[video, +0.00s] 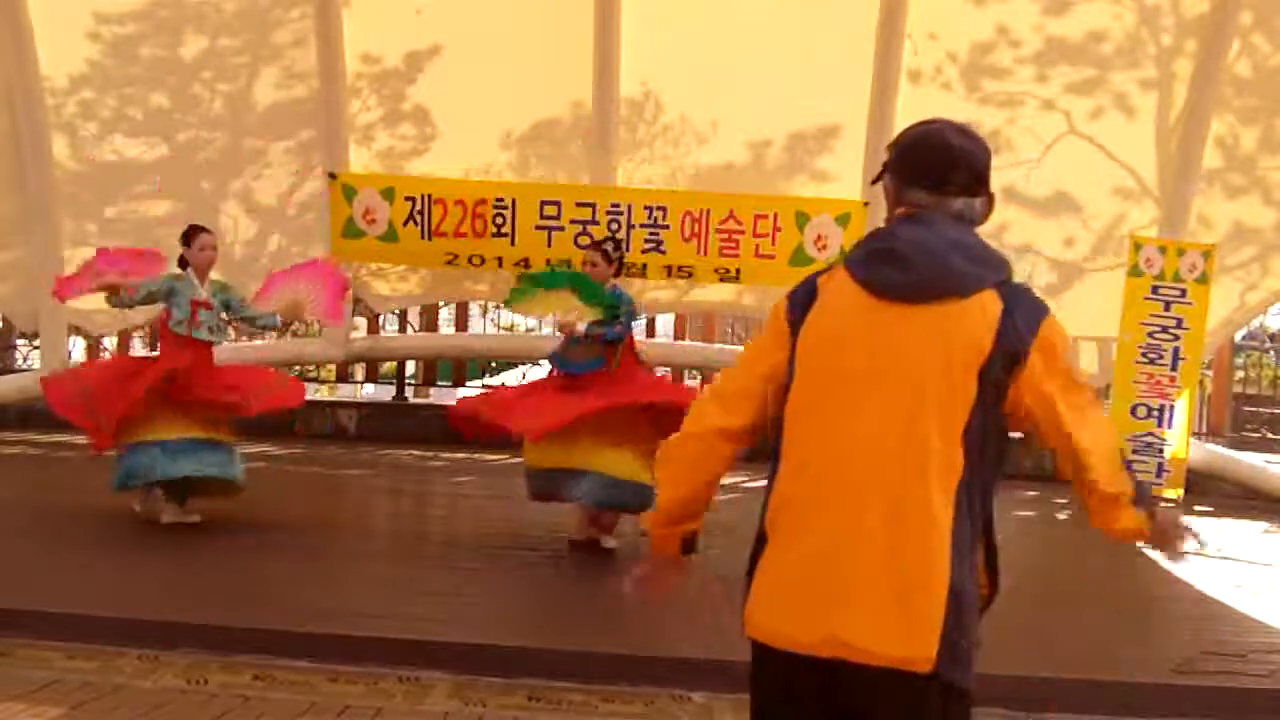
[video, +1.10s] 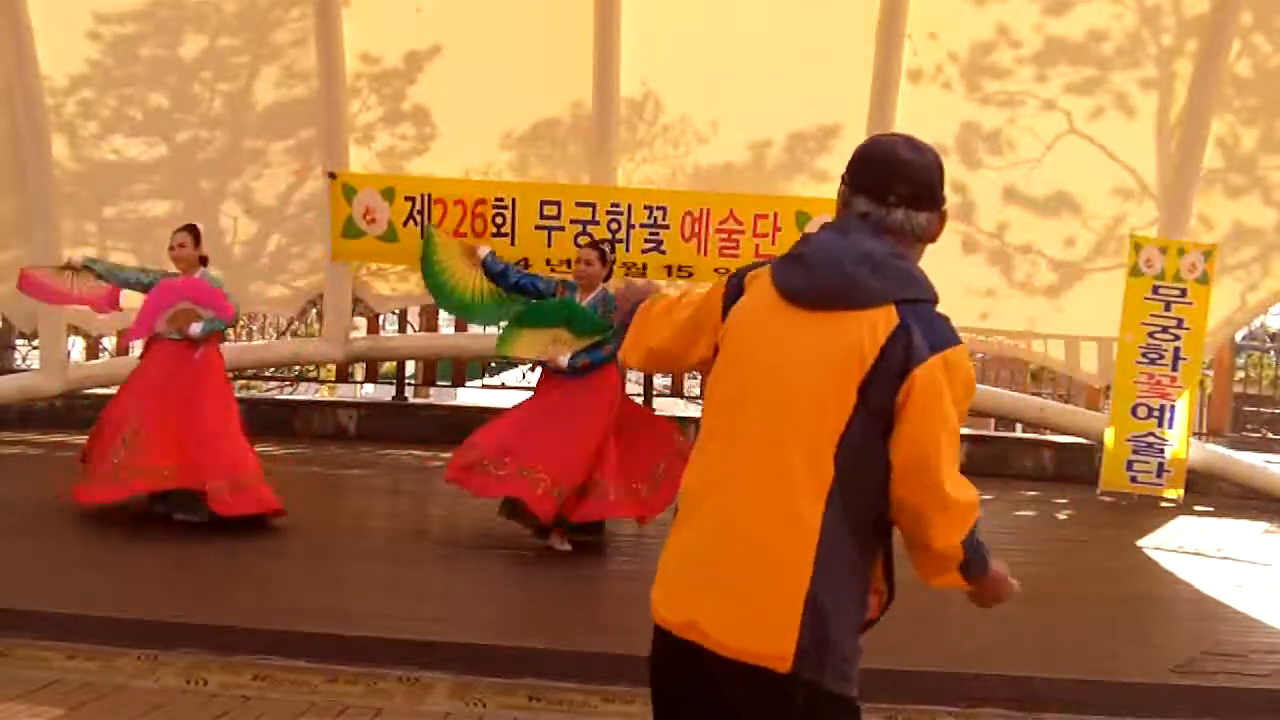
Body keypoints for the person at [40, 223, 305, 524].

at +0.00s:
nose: (212, 255)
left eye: (214, 249)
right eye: (205, 249)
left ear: (216, 253)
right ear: (187, 252)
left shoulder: (221, 291)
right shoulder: (174, 284)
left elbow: (251, 316)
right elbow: (139, 296)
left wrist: (284, 317)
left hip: (201, 368)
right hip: (170, 365)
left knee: (188, 431)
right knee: (162, 428)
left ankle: (175, 502)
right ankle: (151, 492)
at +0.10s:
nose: (208, 255)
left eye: (212, 249)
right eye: (201, 249)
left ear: (217, 253)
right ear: (187, 253)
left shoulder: (223, 294)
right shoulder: (172, 285)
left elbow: (241, 329)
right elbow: (136, 301)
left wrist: (255, 350)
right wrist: (109, 323)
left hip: (200, 363)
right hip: (167, 361)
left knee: (193, 428)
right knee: (162, 423)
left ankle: (173, 502)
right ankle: (158, 496)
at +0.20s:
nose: (202, 252)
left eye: (208, 246)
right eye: (195, 246)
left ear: (215, 251)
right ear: (185, 251)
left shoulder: (220, 291)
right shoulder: (167, 283)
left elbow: (222, 331)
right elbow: (136, 311)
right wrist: (113, 337)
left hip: (199, 366)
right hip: (164, 364)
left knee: (196, 429)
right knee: (171, 425)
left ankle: (174, 502)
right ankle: (171, 498)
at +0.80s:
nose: (176, 254)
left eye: (182, 249)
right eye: (172, 250)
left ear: (197, 253)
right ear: (168, 254)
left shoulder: (206, 288)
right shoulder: (163, 287)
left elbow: (215, 333)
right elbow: (139, 325)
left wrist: (173, 338)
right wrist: (147, 332)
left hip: (196, 367)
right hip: (164, 365)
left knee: (197, 428)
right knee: (159, 425)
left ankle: (207, 495)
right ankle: (166, 493)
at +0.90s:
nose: (175, 255)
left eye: (182, 250)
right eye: (171, 250)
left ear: (197, 255)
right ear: (167, 256)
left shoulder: (207, 291)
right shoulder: (159, 289)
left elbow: (216, 332)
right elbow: (127, 306)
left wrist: (180, 341)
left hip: (195, 366)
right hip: (161, 364)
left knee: (208, 424)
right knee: (140, 416)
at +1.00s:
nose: (175, 254)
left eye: (182, 248)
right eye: (172, 248)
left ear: (197, 253)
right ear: (169, 253)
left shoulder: (210, 289)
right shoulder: (161, 285)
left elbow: (221, 329)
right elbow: (123, 292)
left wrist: (187, 335)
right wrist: (85, 293)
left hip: (195, 365)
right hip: (161, 363)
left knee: (195, 425)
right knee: (158, 424)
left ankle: (197, 494)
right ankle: (161, 490)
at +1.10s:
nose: (175, 251)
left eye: (182, 246)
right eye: (172, 247)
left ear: (199, 251)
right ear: (169, 252)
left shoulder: (209, 286)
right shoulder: (162, 285)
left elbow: (229, 313)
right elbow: (125, 276)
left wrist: (206, 327)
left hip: (199, 361)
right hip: (163, 358)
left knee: (196, 423)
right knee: (160, 422)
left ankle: (194, 495)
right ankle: (162, 492)